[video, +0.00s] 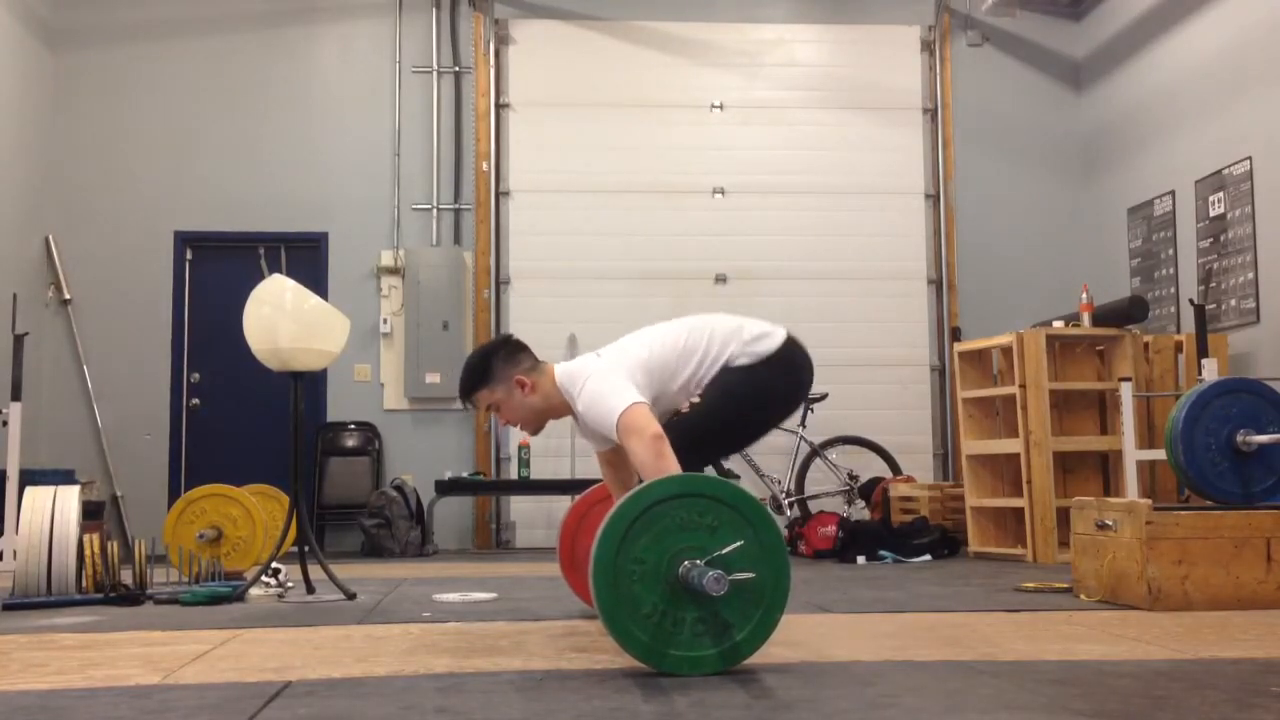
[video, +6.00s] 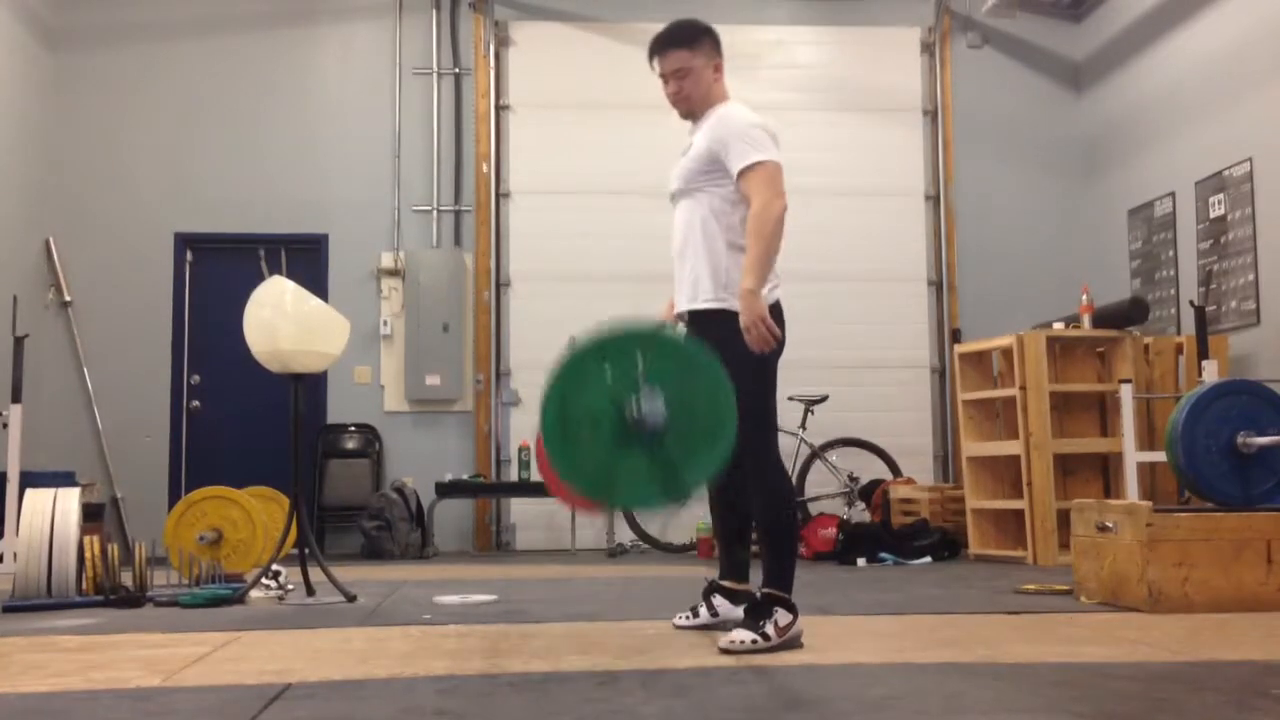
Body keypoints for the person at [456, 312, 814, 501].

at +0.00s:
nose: (501, 422)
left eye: (496, 408)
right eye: (492, 413)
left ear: (523, 386)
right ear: (524, 384)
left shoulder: (594, 385)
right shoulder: (583, 403)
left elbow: (652, 444)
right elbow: (621, 481)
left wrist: (679, 539)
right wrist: (640, 553)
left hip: (771, 362)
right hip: (747, 365)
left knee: (668, 456)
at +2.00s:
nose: (530, 293)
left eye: (540, 280)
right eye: (534, 281)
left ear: (571, 292)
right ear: (568, 294)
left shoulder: (616, 351)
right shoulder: (590, 367)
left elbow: (648, 439)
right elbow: (607, 460)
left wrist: (663, 528)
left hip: (762, 457)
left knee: (627, 469)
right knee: (609, 473)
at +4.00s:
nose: (635, 321)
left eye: (641, 307)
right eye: (634, 309)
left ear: (677, 307)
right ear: (677, 309)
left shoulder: (726, 349)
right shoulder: (688, 364)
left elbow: (739, 275)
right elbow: (694, 307)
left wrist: (765, 188)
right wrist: (690, 257)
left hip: (794, 529)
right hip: (744, 527)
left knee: (690, 488)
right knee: (642, 495)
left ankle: (773, 607)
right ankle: (727, 594)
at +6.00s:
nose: (672, 89)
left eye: (683, 74)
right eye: (665, 78)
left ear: (716, 68)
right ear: (661, 82)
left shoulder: (737, 124)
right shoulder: (701, 140)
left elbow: (770, 202)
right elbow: (707, 236)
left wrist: (751, 292)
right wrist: (680, 305)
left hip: (739, 318)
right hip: (706, 320)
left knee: (757, 457)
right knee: (721, 458)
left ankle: (778, 608)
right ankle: (730, 594)